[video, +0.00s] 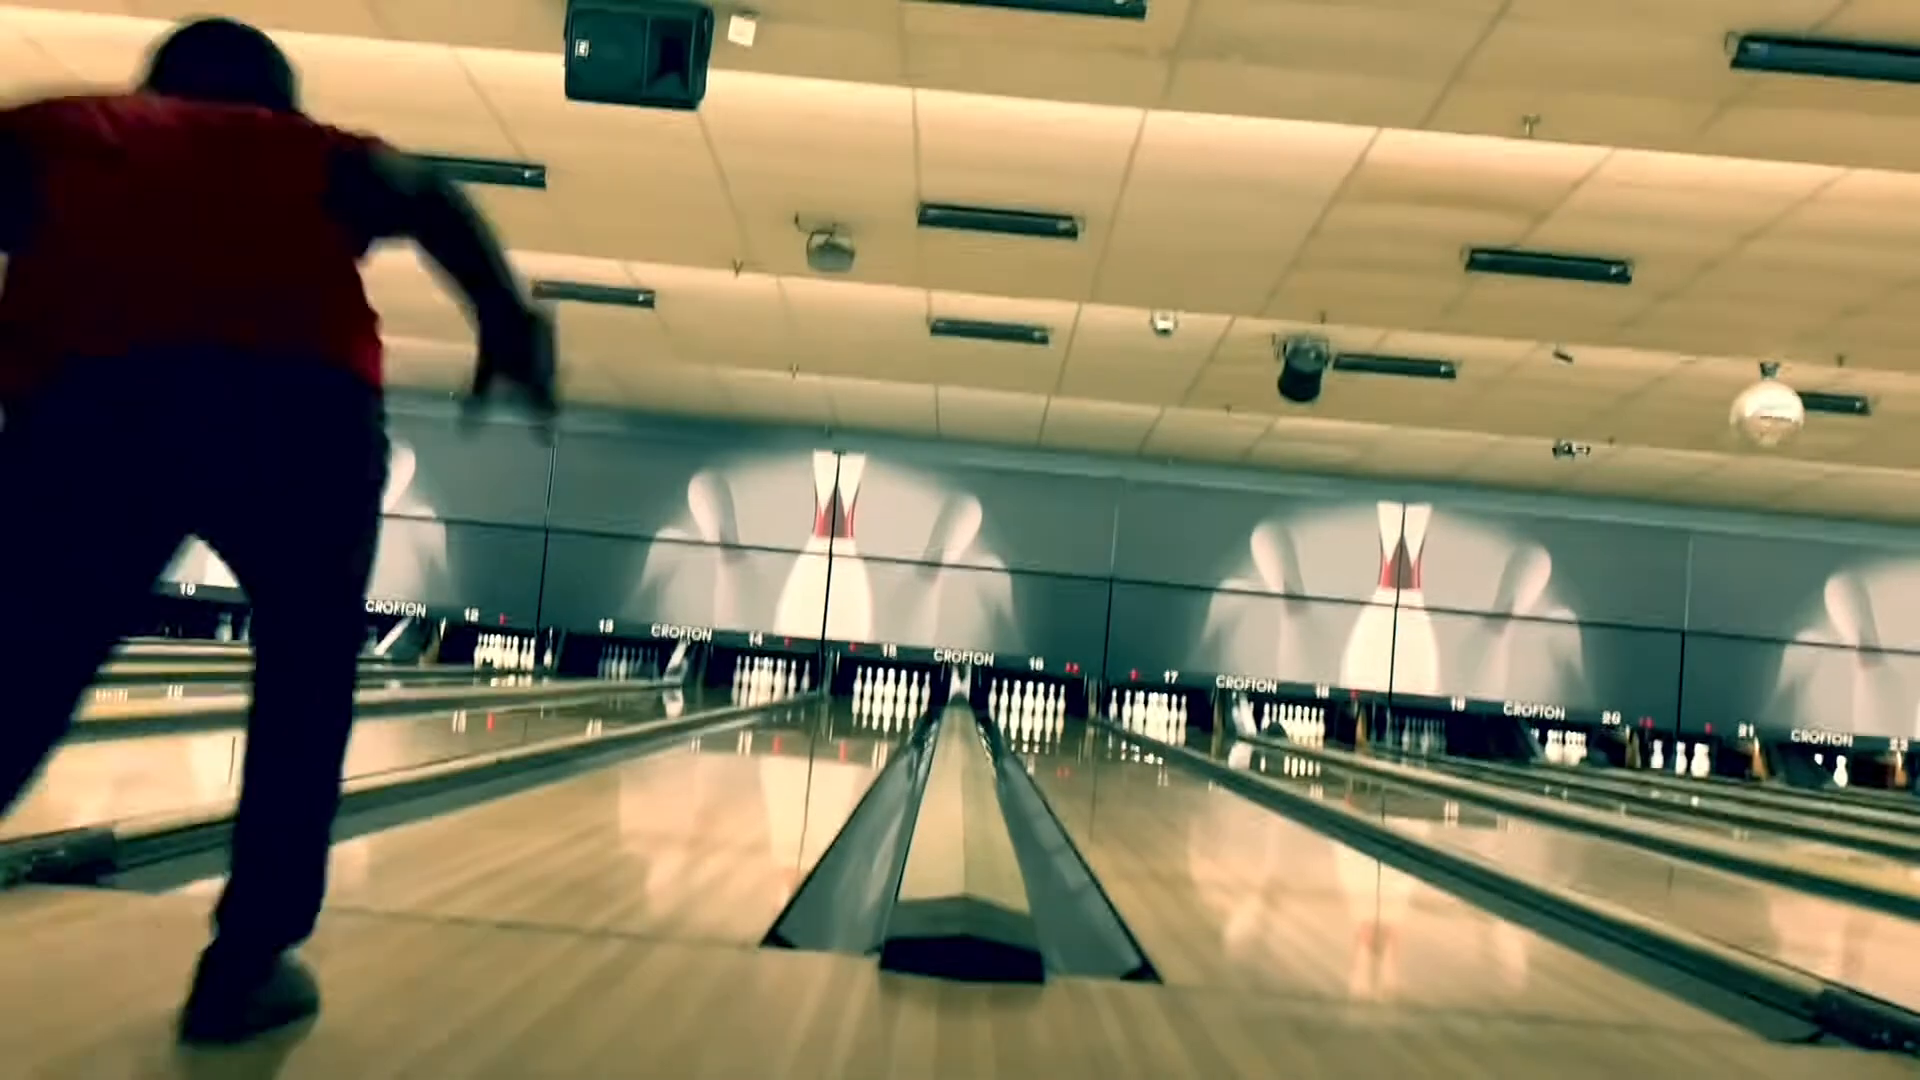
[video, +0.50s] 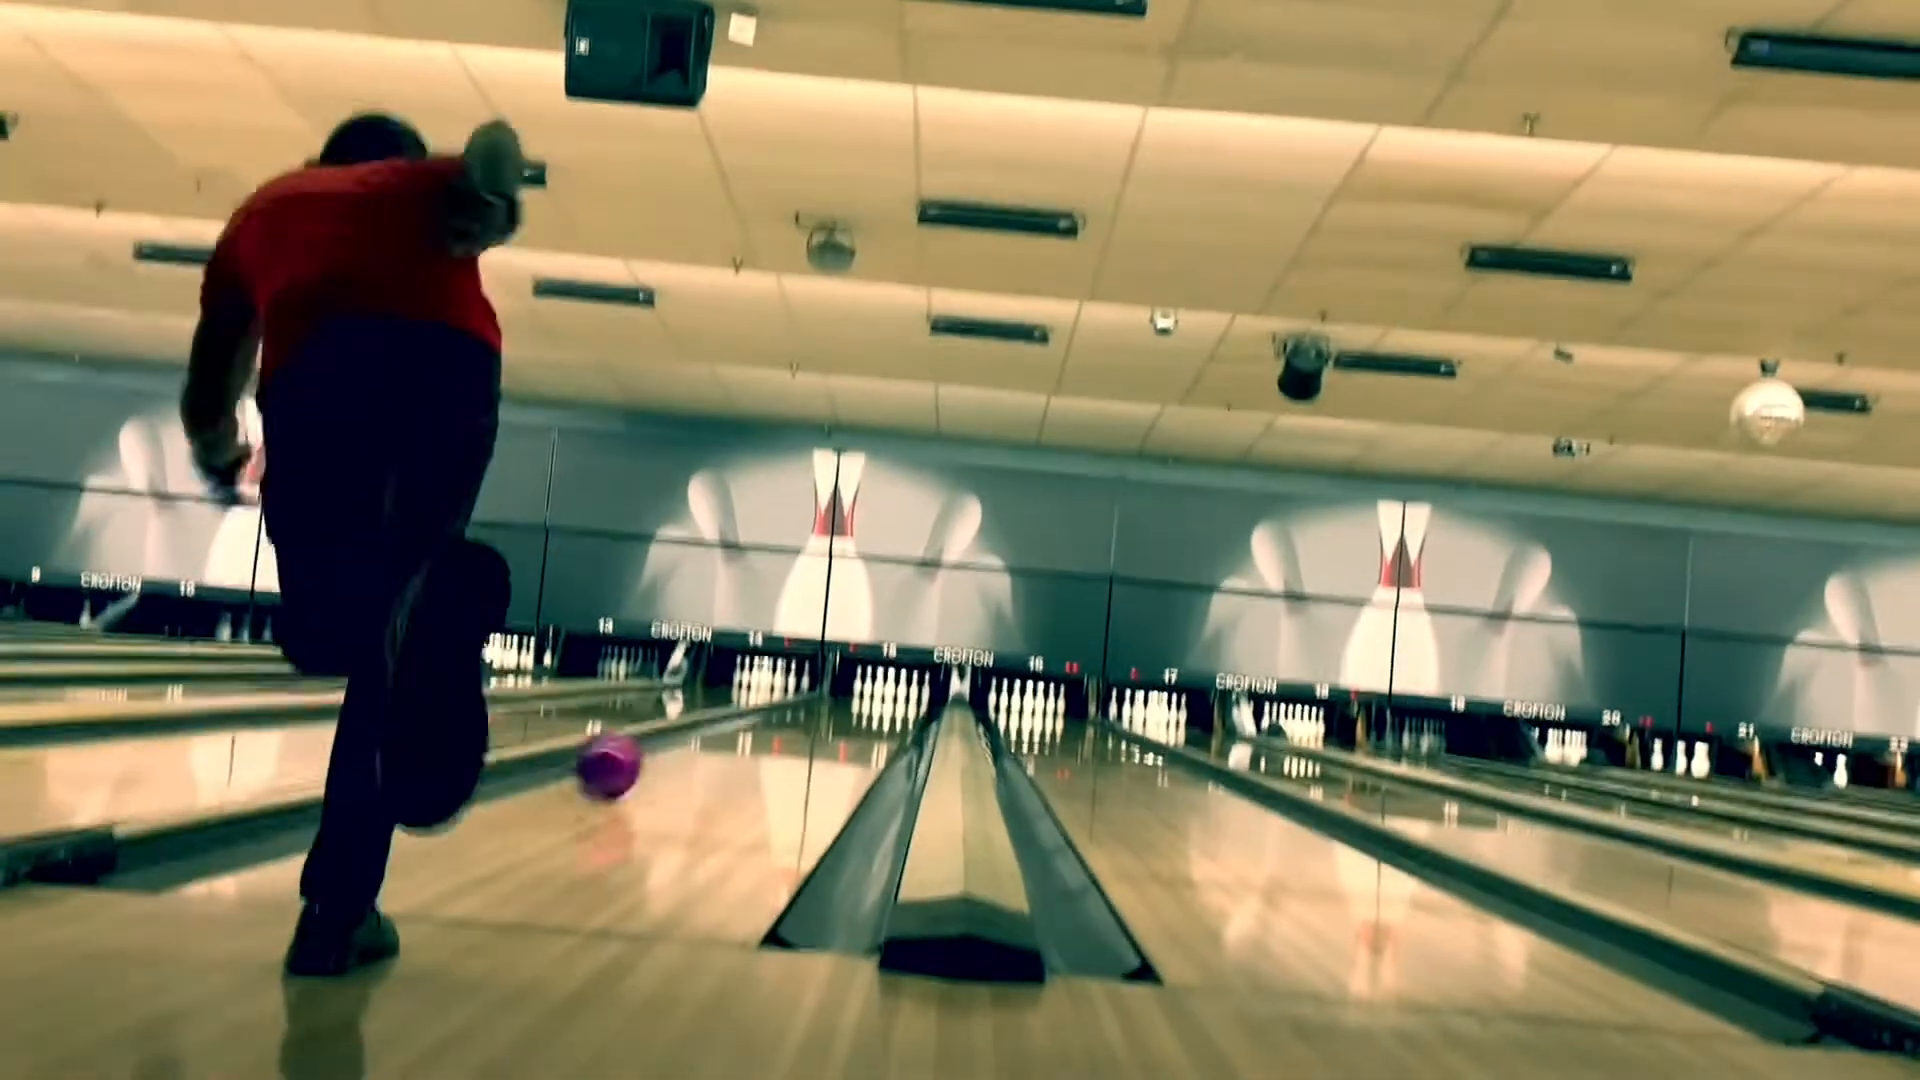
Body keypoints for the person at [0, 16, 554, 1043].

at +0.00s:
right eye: (280, 105)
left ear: (150, 85)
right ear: (278, 99)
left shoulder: (58, 126)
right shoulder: (314, 148)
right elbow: (427, 193)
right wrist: (506, 316)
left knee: (21, 685)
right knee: (304, 687)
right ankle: (241, 976)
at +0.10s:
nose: (400, 174)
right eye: (395, 155)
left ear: (268, 144)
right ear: (378, 144)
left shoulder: (181, 221)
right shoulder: (390, 191)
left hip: (173, 450)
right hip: (342, 445)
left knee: (144, 750)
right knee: (344, 683)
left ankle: (55, 919)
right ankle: (280, 946)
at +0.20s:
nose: (436, 225)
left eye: (429, 214)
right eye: (428, 214)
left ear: (318, 208)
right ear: (400, 204)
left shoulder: (232, 269)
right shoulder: (406, 227)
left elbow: (188, 423)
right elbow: (461, 260)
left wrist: (205, 582)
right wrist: (502, 372)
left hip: (233, 466)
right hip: (376, 448)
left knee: (252, 759)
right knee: (380, 668)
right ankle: (322, 914)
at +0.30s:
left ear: (330, 233)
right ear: (398, 229)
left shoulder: (255, 289)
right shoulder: (414, 258)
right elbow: (450, 245)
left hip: (278, 448)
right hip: (414, 437)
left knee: (314, 733)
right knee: (399, 686)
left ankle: (432, 794)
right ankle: (332, 927)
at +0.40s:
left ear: (324, 206)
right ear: (398, 201)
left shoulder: (263, 248)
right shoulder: (428, 222)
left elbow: (229, 399)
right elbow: (468, 186)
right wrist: (422, 146)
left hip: (309, 414)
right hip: (437, 397)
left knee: (332, 687)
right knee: (401, 645)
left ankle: (445, 664)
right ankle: (333, 925)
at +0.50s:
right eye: (410, 157)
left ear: (327, 160)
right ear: (412, 157)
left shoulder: (266, 209)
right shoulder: (436, 181)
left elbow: (209, 386)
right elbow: (490, 151)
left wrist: (222, 452)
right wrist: (493, 196)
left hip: (321, 374)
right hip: (448, 366)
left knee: (314, 632)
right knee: (392, 647)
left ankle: (428, 609)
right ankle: (334, 916)